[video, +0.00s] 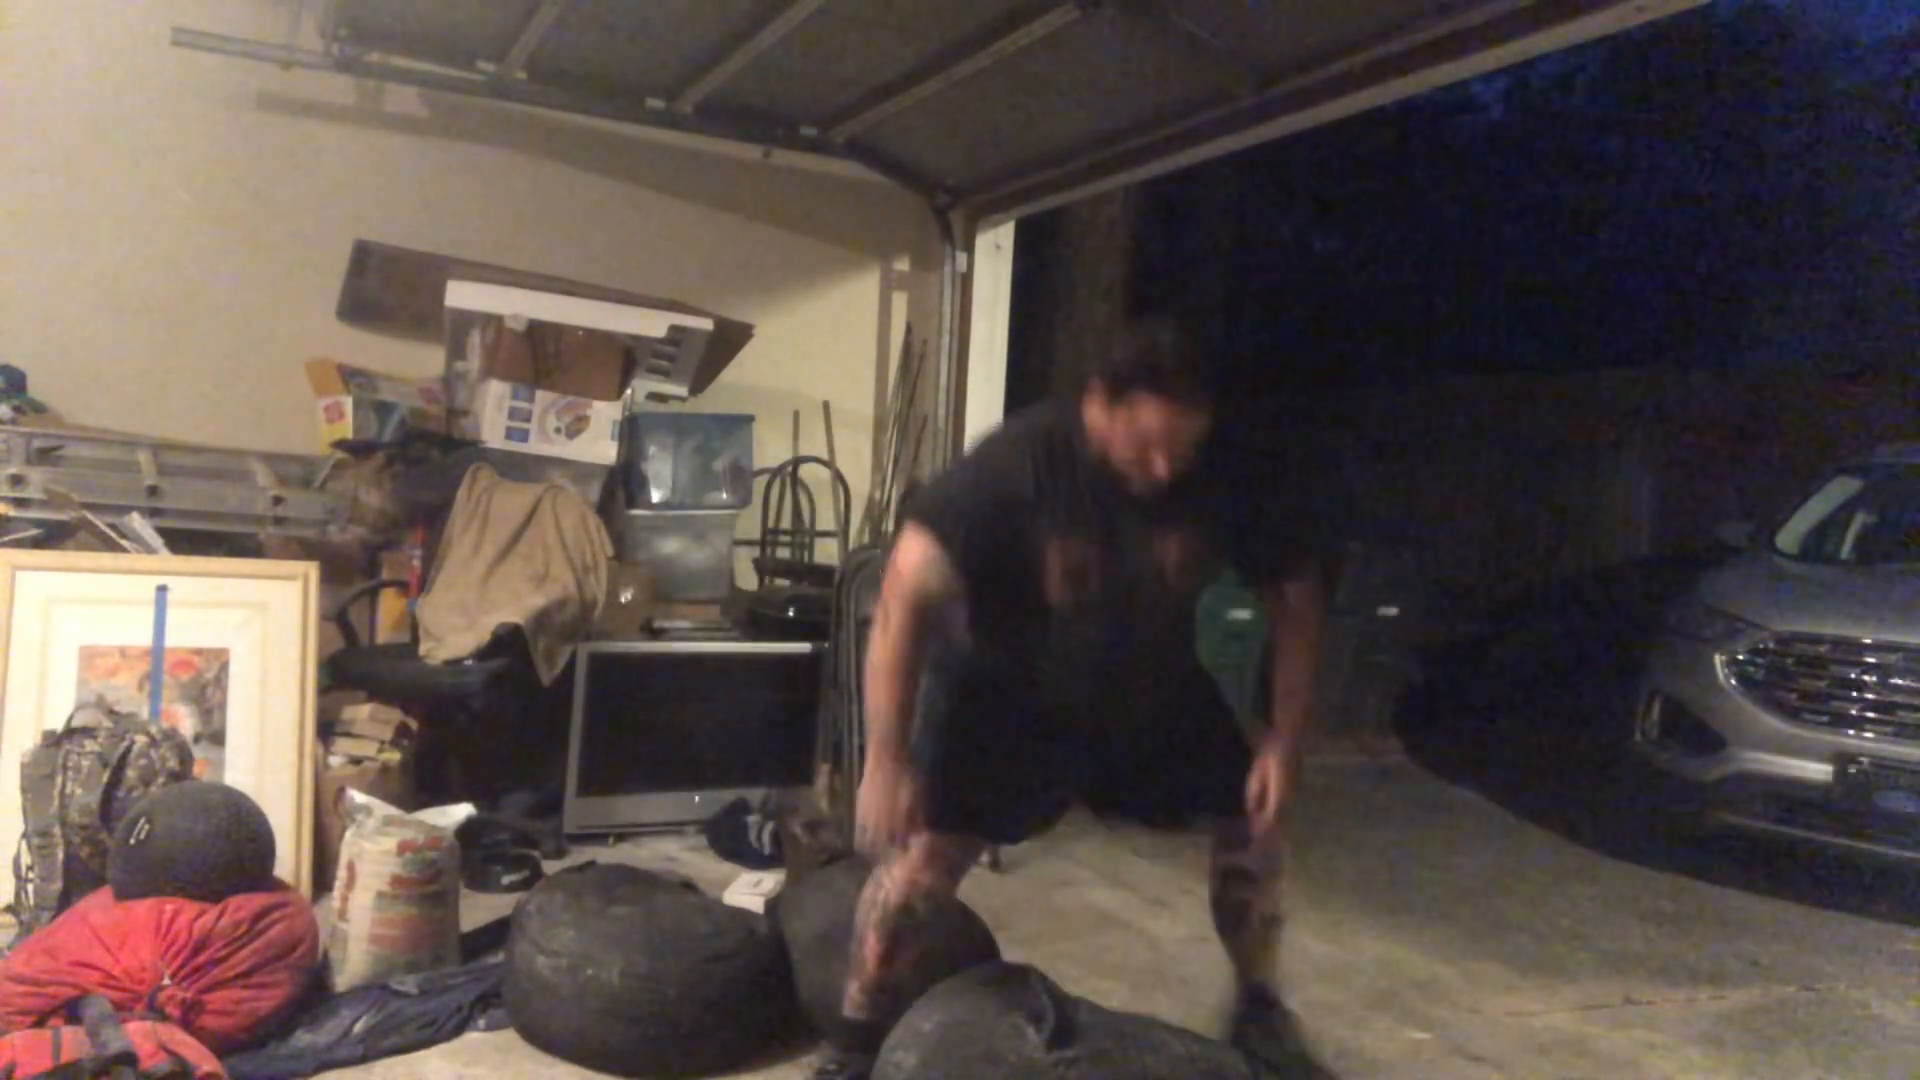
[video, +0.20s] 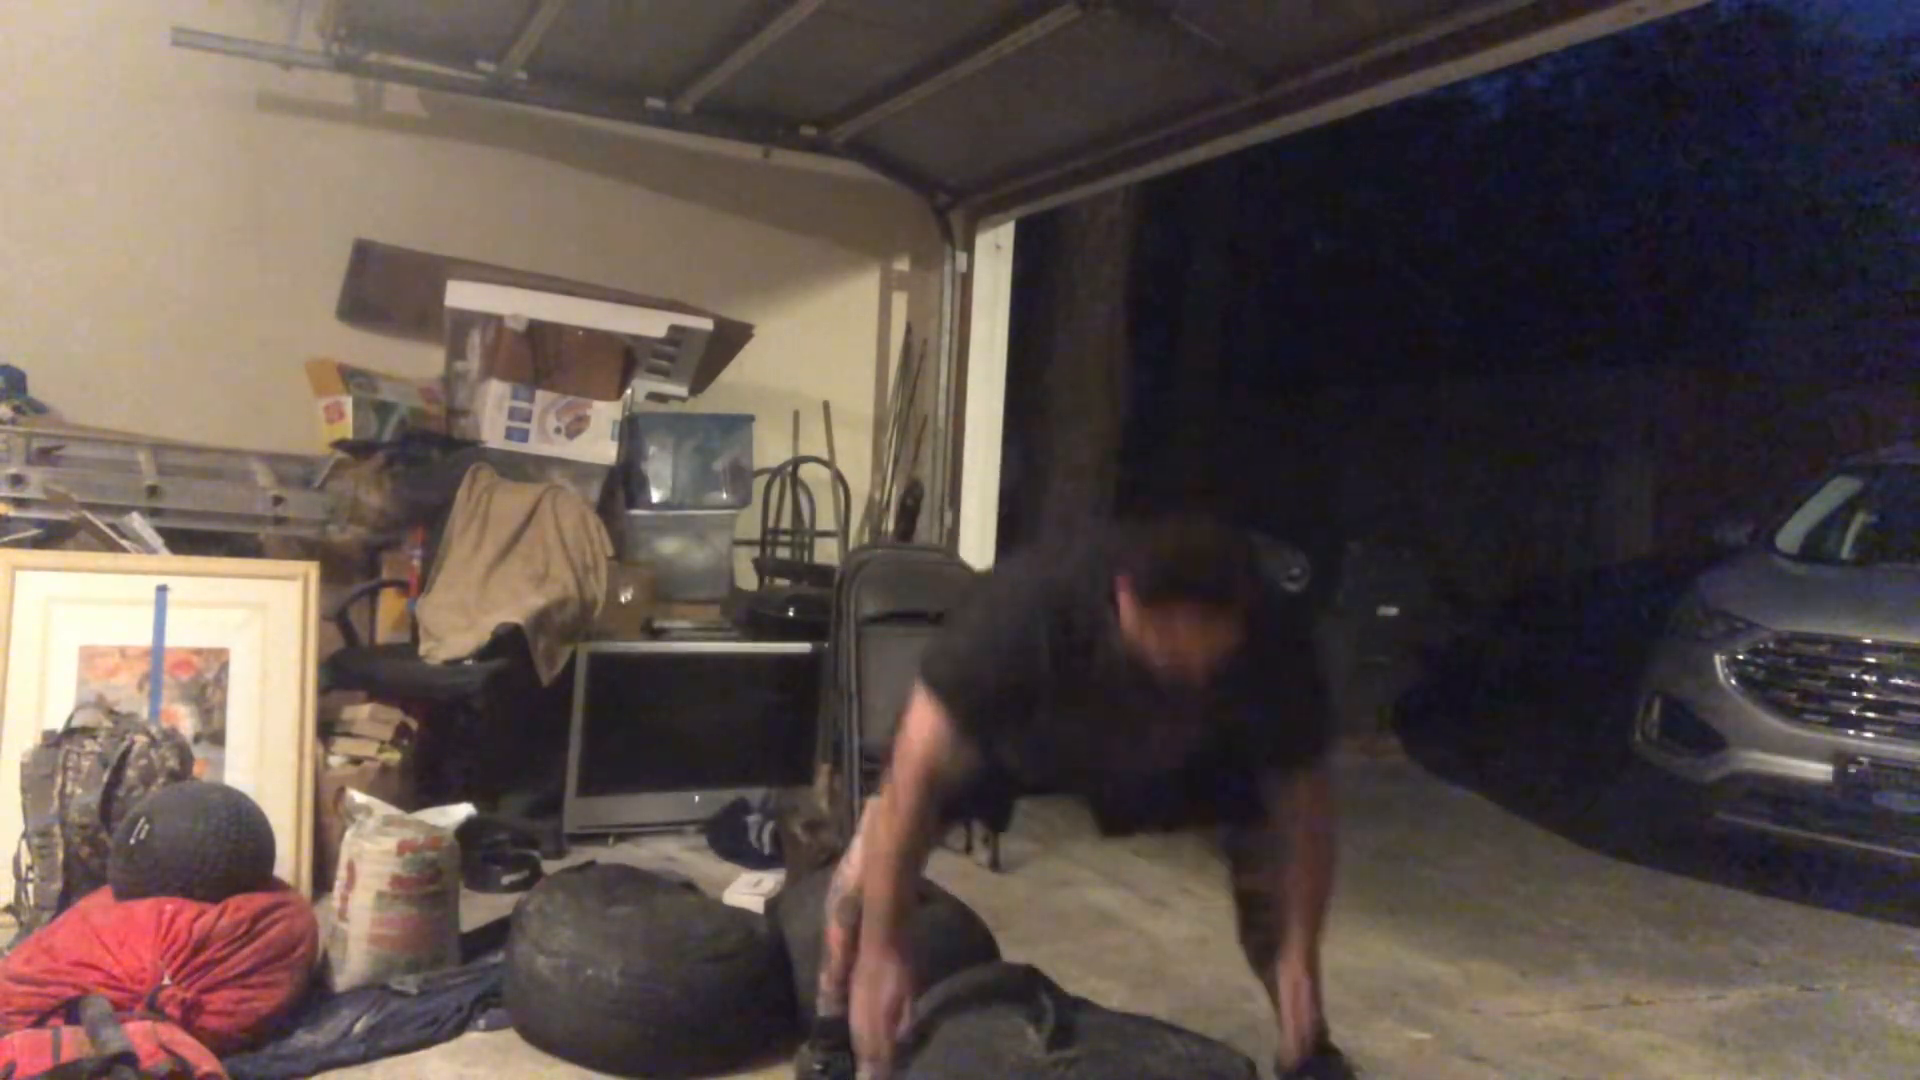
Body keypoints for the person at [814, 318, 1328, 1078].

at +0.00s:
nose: (1162, 468)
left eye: (1181, 449)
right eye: (1144, 446)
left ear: (1204, 426)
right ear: (1098, 408)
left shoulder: (1222, 476)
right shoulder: (1020, 463)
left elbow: (1296, 596)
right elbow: (901, 592)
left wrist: (1282, 741)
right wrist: (883, 763)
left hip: (1154, 699)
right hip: (1008, 703)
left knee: (1254, 824)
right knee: (926, 859)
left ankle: (1259, 1009)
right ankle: (854, 1038)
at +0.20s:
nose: (1192, 668)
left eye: (1213, 651)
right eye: (1172, 648)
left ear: (1242, 621)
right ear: (1126, 603)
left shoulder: (1272, 640)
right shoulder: (1034, 609)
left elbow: (1305, 810)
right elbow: (910, 769)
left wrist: (1301, 966)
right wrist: (879, 950)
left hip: (1170, 754)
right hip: (1021, 738)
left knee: (1274, 836)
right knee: (873, 857)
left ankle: (1304, 1047)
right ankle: (833, 1029)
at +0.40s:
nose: (1223, 864)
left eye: (1240, 851)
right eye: (1202, 849)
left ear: (1275, 807)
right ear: (1159, 797)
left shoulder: (1302, 790)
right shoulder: (1055, 768)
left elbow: (1297, 958)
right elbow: (936, 932)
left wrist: (1288, 1070)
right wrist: (865, 1065)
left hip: (1187, 633)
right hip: (1025, 637)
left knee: (1315, 886)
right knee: (894, 865)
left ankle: (1317, 1050)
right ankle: (836, 1039)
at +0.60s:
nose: (1296, 827)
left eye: (1319, 817)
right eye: (1291, 805)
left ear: (1361, 788)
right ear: (1256, 748)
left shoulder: (1362, 786)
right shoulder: (1145, 739)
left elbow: (1330, 930)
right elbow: (1001, 868)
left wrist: (1305, 1061)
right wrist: (920, 1034)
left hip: (1189, 637)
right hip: (1048, 649)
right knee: (939, 858)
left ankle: (1313, 1060)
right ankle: (852, 1031)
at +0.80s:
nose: (1277, 815)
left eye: (1302, 808)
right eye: (1272, 793)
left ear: (1347, 780)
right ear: (1241, 731)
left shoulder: (1341, 790)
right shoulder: (1136, 684)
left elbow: (1324, 946)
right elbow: (991, 748)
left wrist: (1322, 1060)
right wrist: (986, 914)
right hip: (1035, 660)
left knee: (1314, 911)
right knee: (918, 830)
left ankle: (1313, 1061)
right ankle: (830, 1036)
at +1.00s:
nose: (1171, 823)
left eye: (1190, 813)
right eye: (1154, 804)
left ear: (1225, 770)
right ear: (1104, 744)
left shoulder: (1253, 758)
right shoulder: (1004, 709)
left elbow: (1285, 910)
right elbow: (915, 852)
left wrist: (1303, 1057)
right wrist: (952, 1009)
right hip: (988, 648)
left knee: (1273, 882)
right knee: (858, 880)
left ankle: (1310, 1052)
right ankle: (831, 1049)